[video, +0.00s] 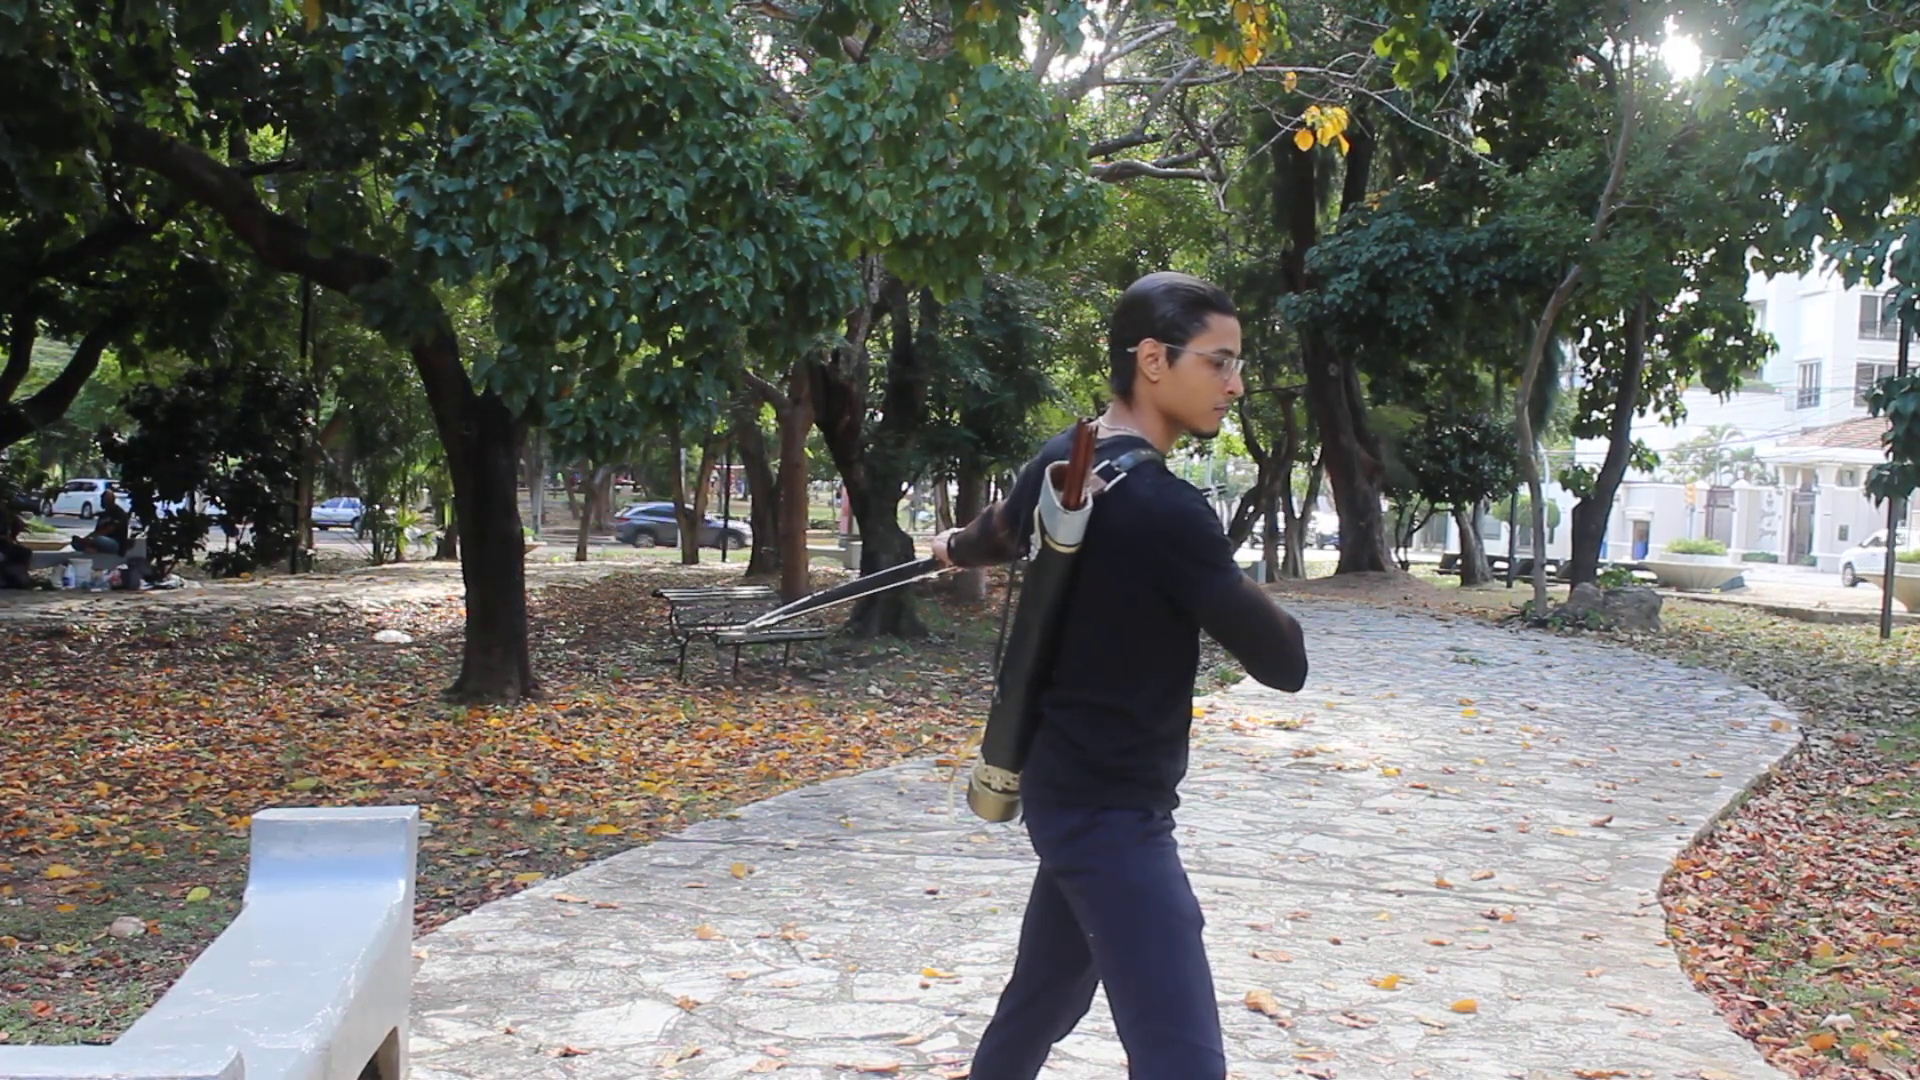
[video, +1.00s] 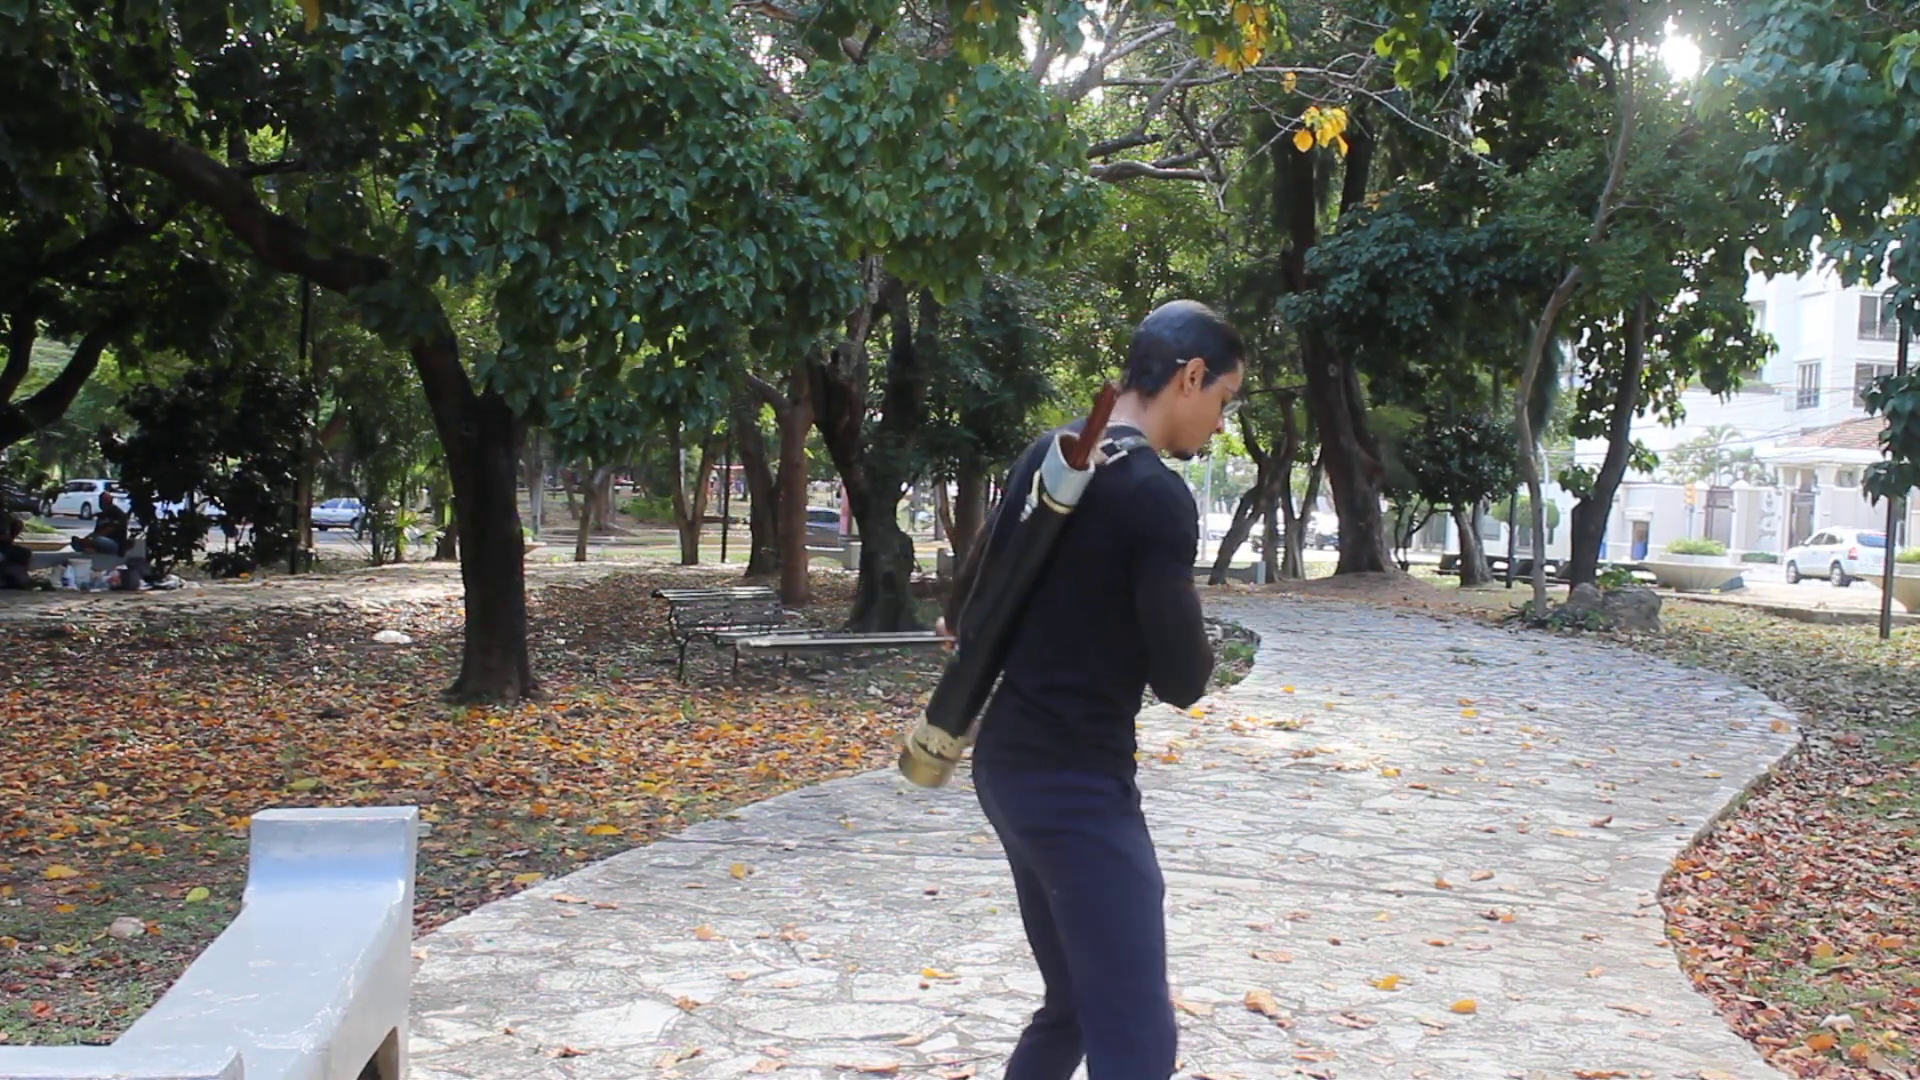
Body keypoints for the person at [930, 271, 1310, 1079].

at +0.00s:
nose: (1237, 384)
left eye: (1238, 363)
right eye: (1218, 362)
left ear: (1154, 368)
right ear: (1153, 363)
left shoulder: (1065, 456)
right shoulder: (1168, 508)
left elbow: (1000, 532)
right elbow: (1286, 663)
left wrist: (955, 548)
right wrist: (1235, 587)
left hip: (1072, 791)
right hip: (1113, 811)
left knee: (1039, 1008)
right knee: (1184, 1059)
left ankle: (986, 1077)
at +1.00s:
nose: (1221, 423)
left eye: (1229, 405)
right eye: (1225, 399)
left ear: (1138, 373)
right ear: (1188, 376)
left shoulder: (1044, 456)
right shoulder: (1156, 491)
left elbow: (980, 609)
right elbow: (1182, 679)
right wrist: (1193, 631)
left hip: (1013, 763)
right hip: (1078, 779)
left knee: (1070, 1012)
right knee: (1137, 1041)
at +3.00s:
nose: (1190, 393)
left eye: (1192, 375)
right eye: (1176, 372)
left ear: (1111, 377)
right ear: (1116, 372)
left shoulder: (1029, 456)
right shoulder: (1137, 494)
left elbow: (958, 554)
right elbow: (1225, 630)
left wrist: (907, 599)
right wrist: (1161, 565)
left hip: (1021, 747)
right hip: (1068, 765)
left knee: (1006, 959)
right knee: (1102, 997)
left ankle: (968, 1071)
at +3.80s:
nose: (1219, 425)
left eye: (1226, 406)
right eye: (1202, 403)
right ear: (1142, 402)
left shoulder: (1089, 475)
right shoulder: (1140, 517)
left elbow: (1013, 567)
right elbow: (1240, 679)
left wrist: (956, 624)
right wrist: (1187, 592)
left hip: (1075, 784)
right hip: (1069, 796)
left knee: (1046, 980)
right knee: (1155, 1018)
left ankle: (988, 1072)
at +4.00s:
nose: (1214, 417)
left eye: (1225, 395)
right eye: (1191, 395)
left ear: (1236, 394)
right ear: (1136, 395)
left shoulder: (1167, 505)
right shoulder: (1103, 513)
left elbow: (1162, 654)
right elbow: (1187, 689)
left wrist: (1215, 647)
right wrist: (1250, 646)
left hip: (1158, 803)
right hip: (1079, 806)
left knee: (1146, 1025)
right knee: (1155, 1047)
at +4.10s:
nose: (1192, 404)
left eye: (1207, 380)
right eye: (1168, 381)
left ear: (1224, 381)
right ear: (1124, 383)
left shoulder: (1183, 495)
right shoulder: (1077, 507)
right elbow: (1109, 684)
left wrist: (1239, 642)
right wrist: (1247, 660)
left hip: (1185, 798)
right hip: (1085, 805)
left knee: (1235, 1026)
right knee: (1146, 1056)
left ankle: (1155, 1067)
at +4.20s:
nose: (1163, 387)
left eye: (1182, 364)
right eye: (1141, 365)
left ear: (1208, 364)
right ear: (1106, 366)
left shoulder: (1221, 485)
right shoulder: (1053, 496)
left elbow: (1312, 556)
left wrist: (1412, 601)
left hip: (1210, 801)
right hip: (1090, 810)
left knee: (1282, 1044)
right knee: (1133, 1062)